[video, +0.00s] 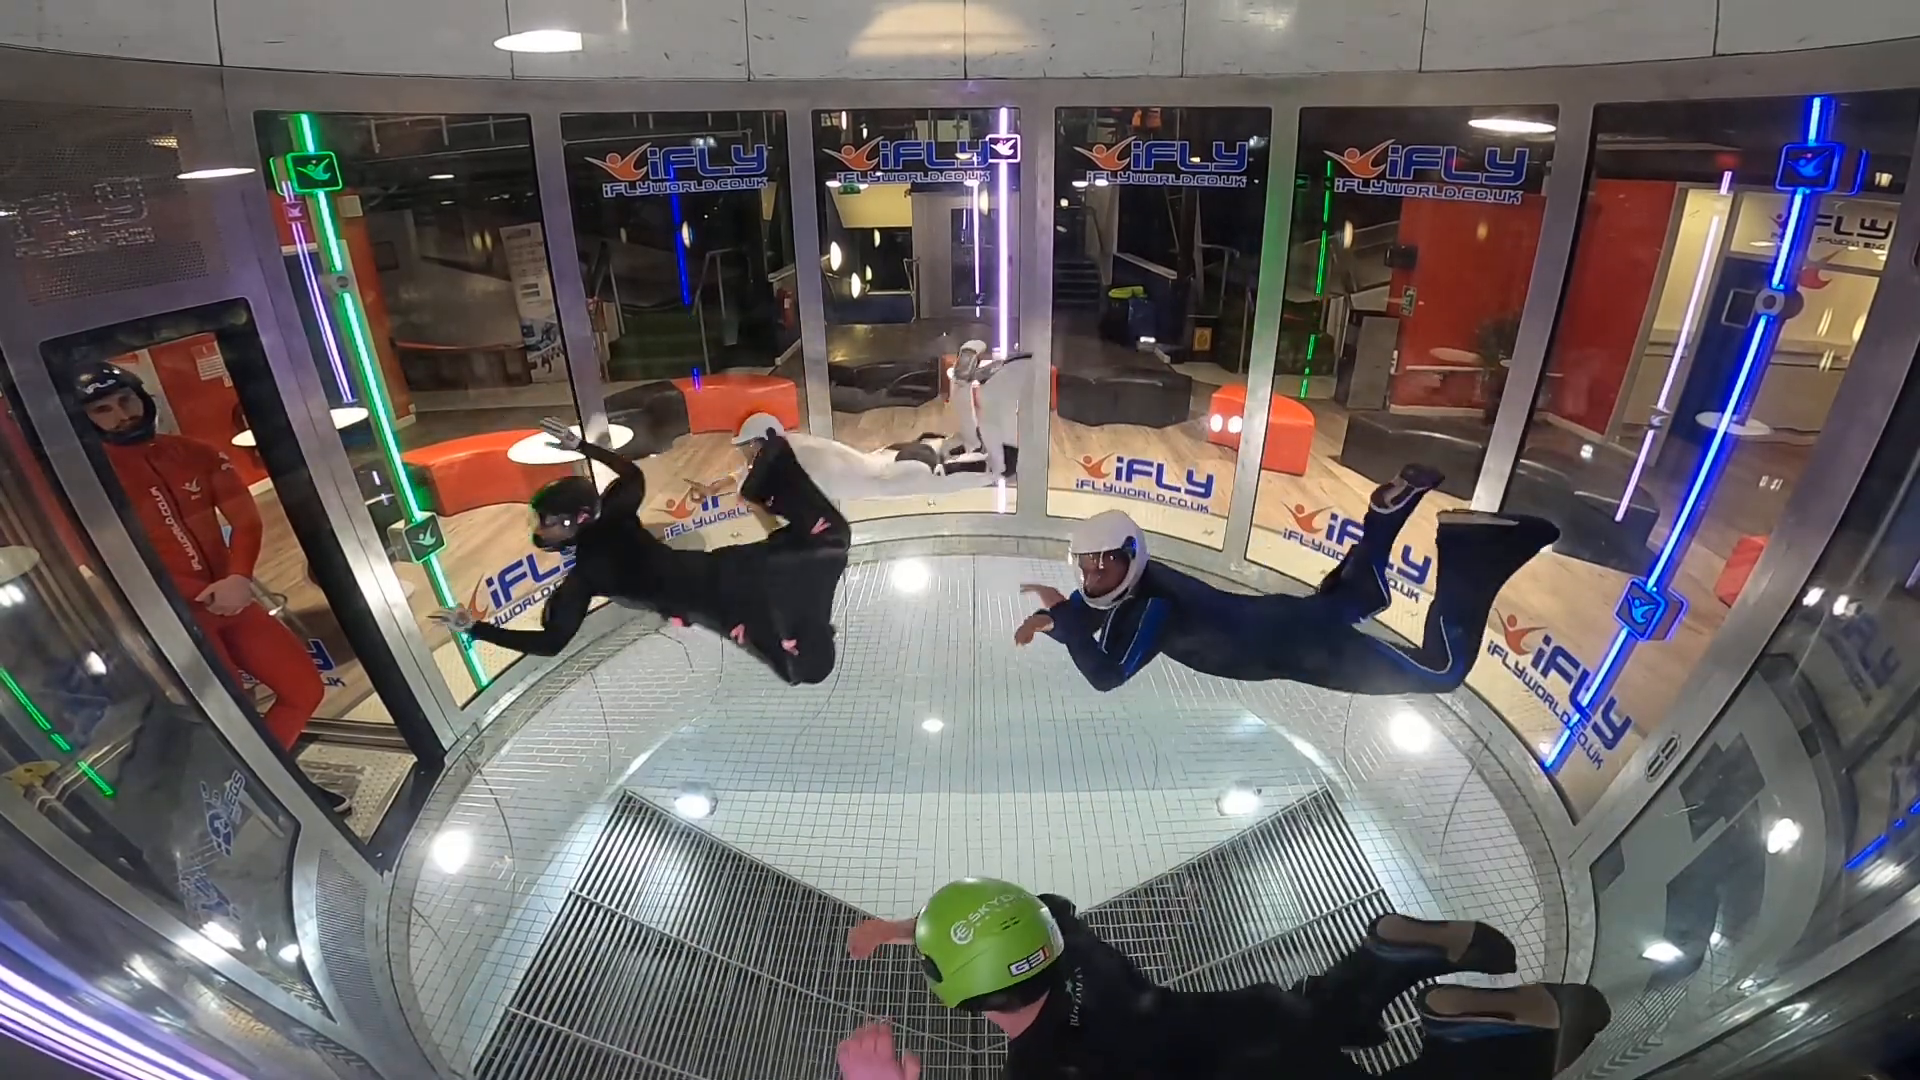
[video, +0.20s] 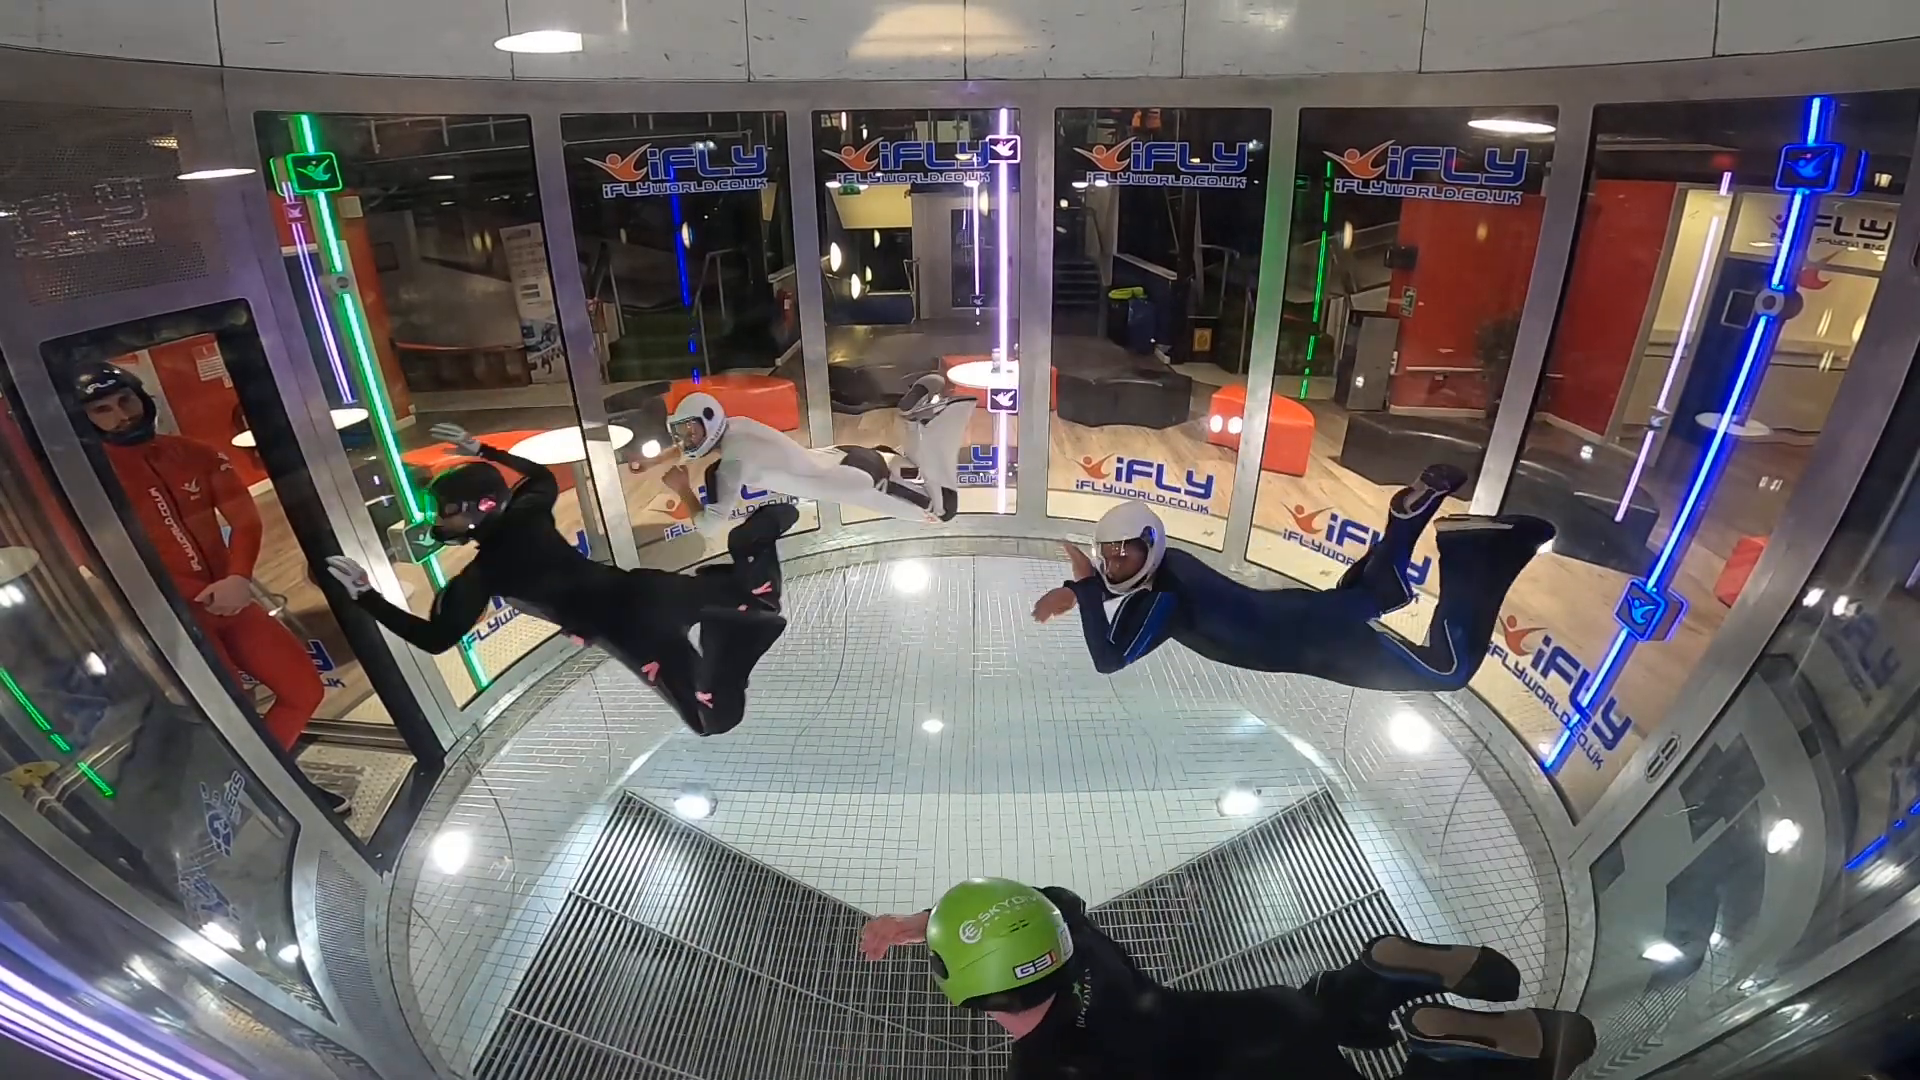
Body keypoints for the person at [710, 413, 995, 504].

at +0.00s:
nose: (749, 454)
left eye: (750, 447)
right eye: (747, 449)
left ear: (763, 441)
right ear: (771, 435)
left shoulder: (777, 456)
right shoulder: (792, 440)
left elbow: (750, 491)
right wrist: (733, 483)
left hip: (860, 480)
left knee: (926, 481)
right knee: (879, 467)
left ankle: (987, 474)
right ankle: (925, 455)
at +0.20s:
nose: (684, 440)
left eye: (689, 430)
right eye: (680, 433)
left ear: (710, 422)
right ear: (708, 420)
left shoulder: (735, 456)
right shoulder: (734, 431)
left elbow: (713, 525)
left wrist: (685, 495)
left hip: (857, 479)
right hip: (846, 460)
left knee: (942, 507)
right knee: (919, 492)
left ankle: (931, 429)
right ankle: (925, 424)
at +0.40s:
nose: (625, 429)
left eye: (628, 419)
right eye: (620, 421)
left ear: (649, 411)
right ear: (652, 408)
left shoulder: (665, 452)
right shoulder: (682, 415)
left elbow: (638, 515)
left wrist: (615, 481)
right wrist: (625, 455)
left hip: (784, 494)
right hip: (785, 468)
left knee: (872, 543)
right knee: (841, 475)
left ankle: (882, 444)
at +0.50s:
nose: (591, 429)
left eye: (597, 417)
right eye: (587, 420)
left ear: (620, 410)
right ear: (622, 408)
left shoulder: (633, 455)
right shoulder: (660, 420)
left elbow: (596, 519)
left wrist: (580, 477)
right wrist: (612, 461)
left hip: (763, 508)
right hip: (764, 483)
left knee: (839, 562)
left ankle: (836, 457)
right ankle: (830, 456)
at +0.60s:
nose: (562, 432)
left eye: (566, 421)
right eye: (559, 424)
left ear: (589, 415)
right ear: (596, 411)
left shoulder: (599, 462)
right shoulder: (636, 422)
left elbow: (559, 526)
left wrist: (540, 485)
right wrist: (571, 462)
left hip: (726, 521)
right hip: (740, 493)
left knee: (807, 578)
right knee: (836, 518)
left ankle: (804, 468)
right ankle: (813, 460)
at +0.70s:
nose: (535, 447)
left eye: (538, 435)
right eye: (532, 438)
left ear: (560, 428)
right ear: (572, 423)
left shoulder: (570, 475)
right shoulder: (614, 436)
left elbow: (524, 538)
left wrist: (500, 500)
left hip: (694, 539)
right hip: (708, 513)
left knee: (777, 592)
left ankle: (759, 479)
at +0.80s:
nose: (501, 464)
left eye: (504, 453)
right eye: (499, 455)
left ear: (525, 446)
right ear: (541, 438)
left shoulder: (539, 493)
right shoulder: (590, 454)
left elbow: (494, 559)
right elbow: (617, 451)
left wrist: (463, 523)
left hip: (667, 556)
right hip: (686, 529)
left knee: (754, 614)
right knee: (797, 574)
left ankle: (730, 497)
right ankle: (765, 490)